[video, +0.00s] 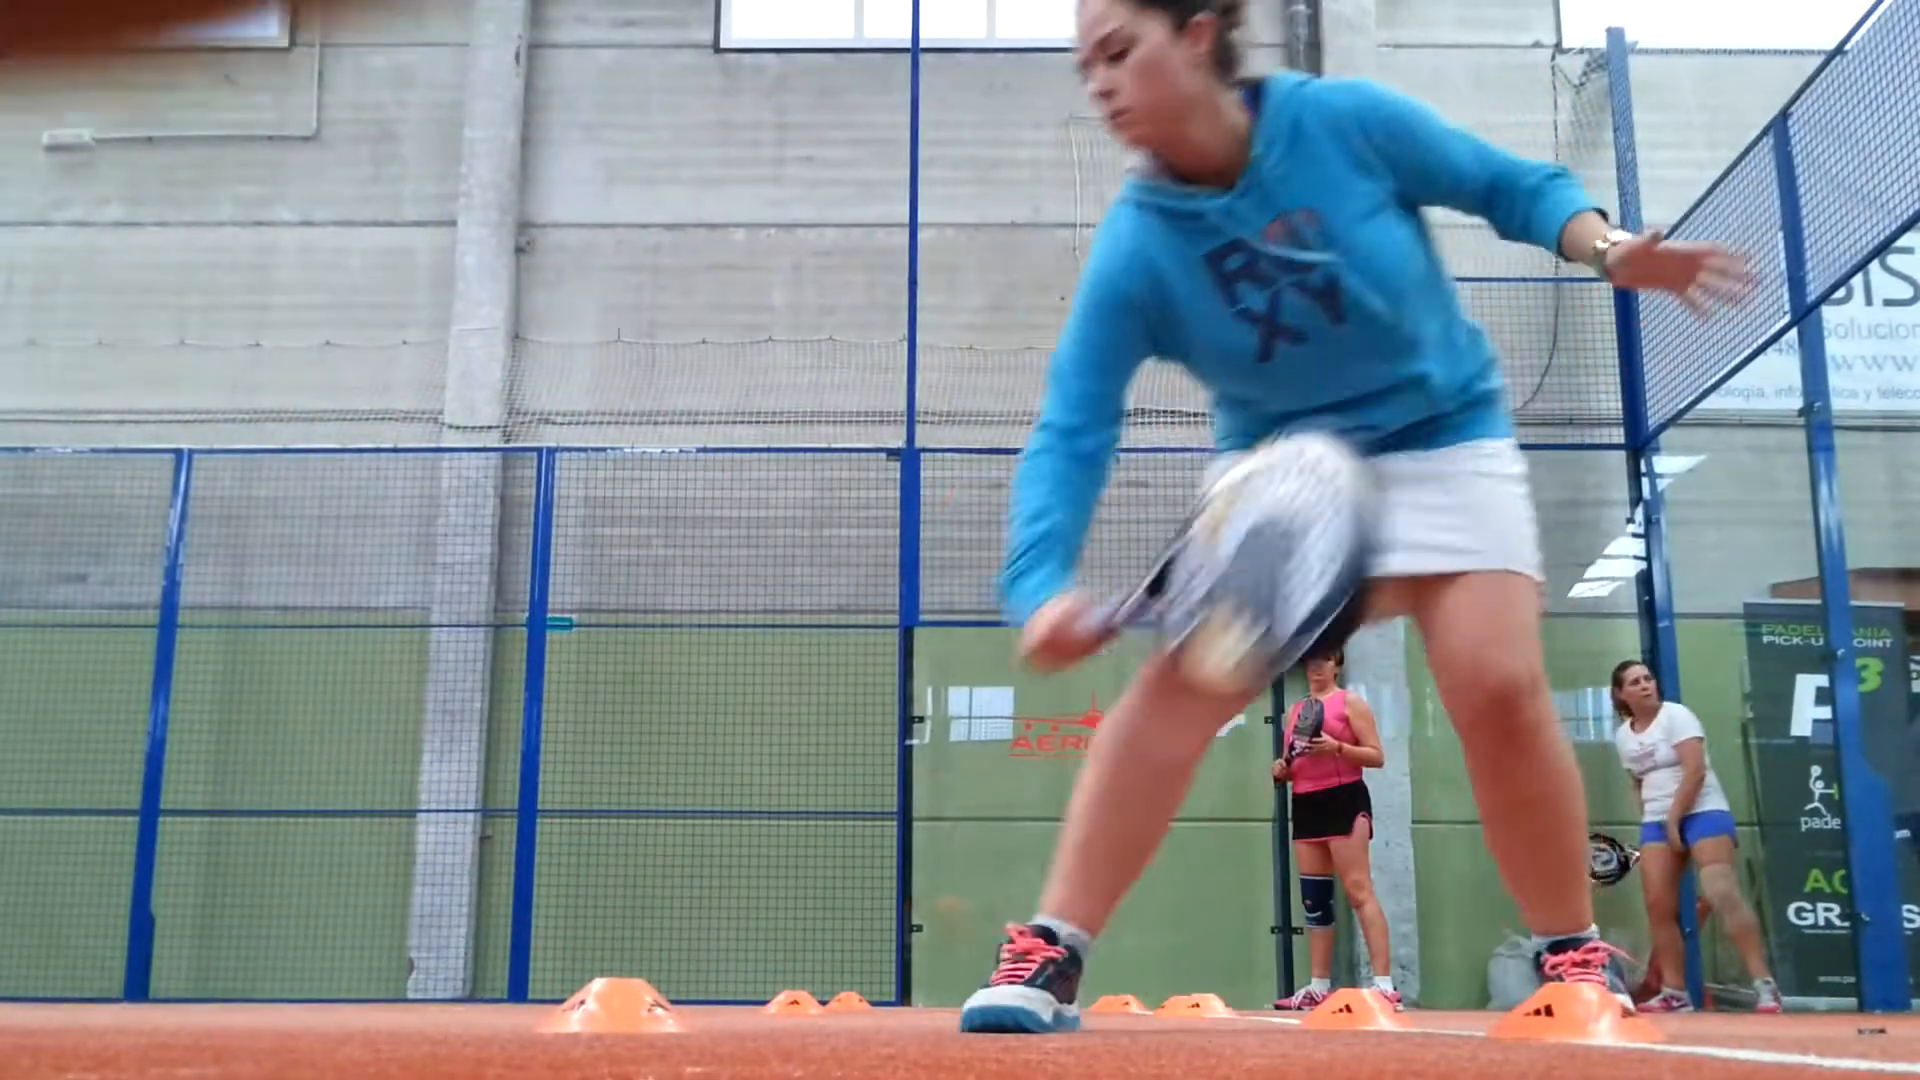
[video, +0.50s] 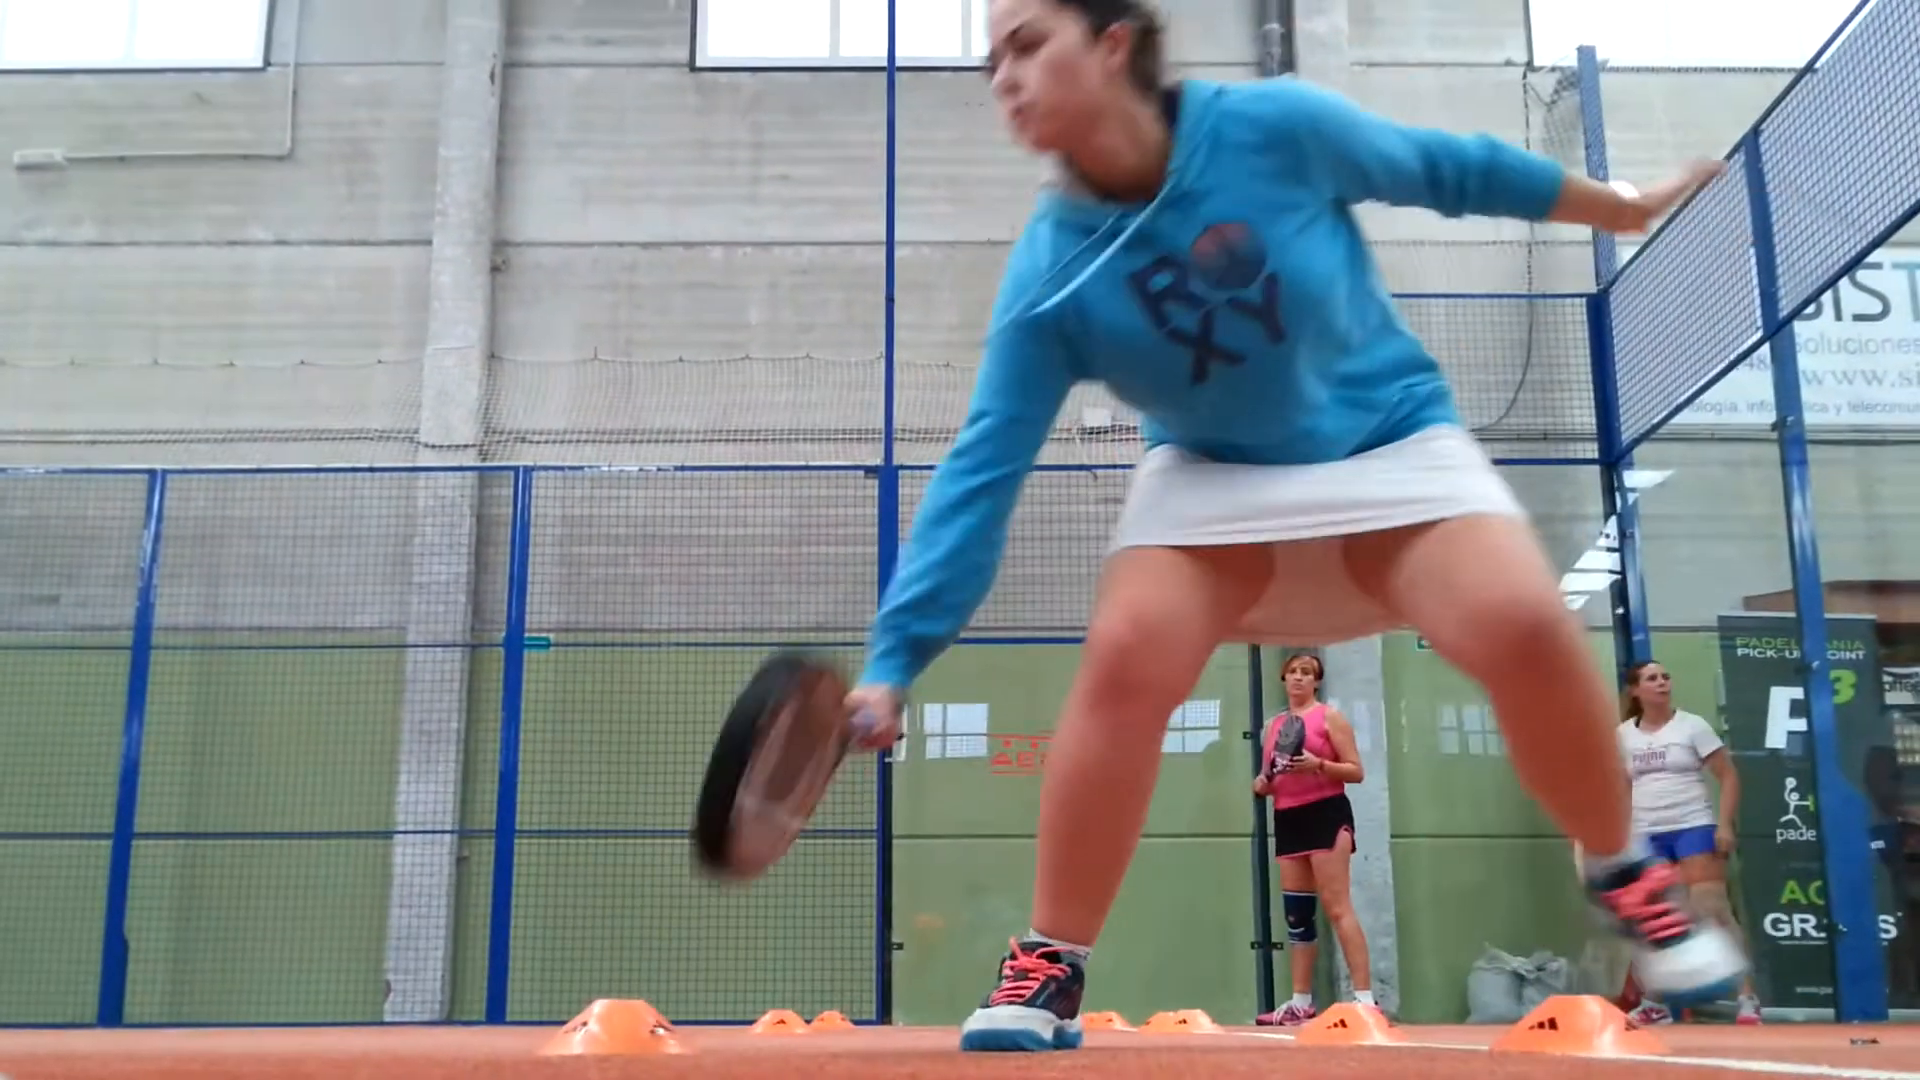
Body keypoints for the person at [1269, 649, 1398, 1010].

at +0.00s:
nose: (1316, 667)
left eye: (1324, 659)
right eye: (1310, 660)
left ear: (1338, 664)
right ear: (1303, 666)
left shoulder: (1351, 703)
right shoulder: (1296, 711)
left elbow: (1376, 756)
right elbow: (1293, 763)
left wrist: (1338, 746)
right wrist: (1282, 769)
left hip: (1345, 800)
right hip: (1306, 802)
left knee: (1359, 893)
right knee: (1316, 901)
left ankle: (1384, 984)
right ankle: (1319, 987)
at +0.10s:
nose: (1318, 664)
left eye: (1326, 658)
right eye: (1312, 658)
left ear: (1338, 665)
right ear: (1303, 665)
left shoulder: (1351, 702)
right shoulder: (1296, 710)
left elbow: (1376, 755)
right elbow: (1293, 763)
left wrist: (1337, 747)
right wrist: (1283, 769)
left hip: (1344, 800)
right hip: (1306, 802)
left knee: (1359, 893)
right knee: (1316, 901)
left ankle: (1384, 985)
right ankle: (1319, 987)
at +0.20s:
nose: (1312, 682)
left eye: (1319, 676)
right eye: (1307, 675)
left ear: (1330, 684)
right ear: (1297, 682)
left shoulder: (1341, 719)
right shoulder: (1287, 728)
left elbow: (1366, 771)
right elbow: (1282, 774)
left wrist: (1327, 766)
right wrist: (1275, 784)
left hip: (1335, 813)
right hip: (1297, 816)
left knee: (1349, 909)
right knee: (1307, 914)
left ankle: (1375, 998)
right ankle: (1311, 1000)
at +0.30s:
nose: (1305, 686)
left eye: (1312, 680)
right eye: (1300, 680)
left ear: (1323, 688)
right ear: (1290, 687)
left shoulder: (1337, 724)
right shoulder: (1282, 732)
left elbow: (1361, 777)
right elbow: (1278, 777)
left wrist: (1320, 769)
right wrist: (1270, 788)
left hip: (1330, 819)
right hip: (1292, 821)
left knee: (1345, 915)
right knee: (1302, 920)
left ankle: (1371, 1003)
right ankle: (1307, 1006)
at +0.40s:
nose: (1306, 668)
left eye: (1314, 662)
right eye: (1301, 662)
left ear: (1325, 671)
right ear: (1292, 669)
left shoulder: (1337, 707)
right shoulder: (1282, 715)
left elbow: (1363, 760)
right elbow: (1278, 764)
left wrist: (1325, 753)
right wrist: (1270, 771)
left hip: (1332, 803)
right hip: (1294, 805)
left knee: (1348, 899)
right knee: (1304, 905)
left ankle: (1372, 988)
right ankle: (1308, 991)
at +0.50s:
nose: (1298, 678)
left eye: (1306, 672)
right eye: (1293, 672)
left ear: (1317, 681)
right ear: (1284, 679)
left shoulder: (1330, 718)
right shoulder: (1274, 725)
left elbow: (1355, 771)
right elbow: (1268, 774)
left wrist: (1319, 764)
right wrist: (1262, 783)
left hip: (1326, 814)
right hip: (1287, 817)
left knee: (1337, 909)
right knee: (1297, 915)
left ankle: (1365, 999)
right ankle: (1301, 1003)